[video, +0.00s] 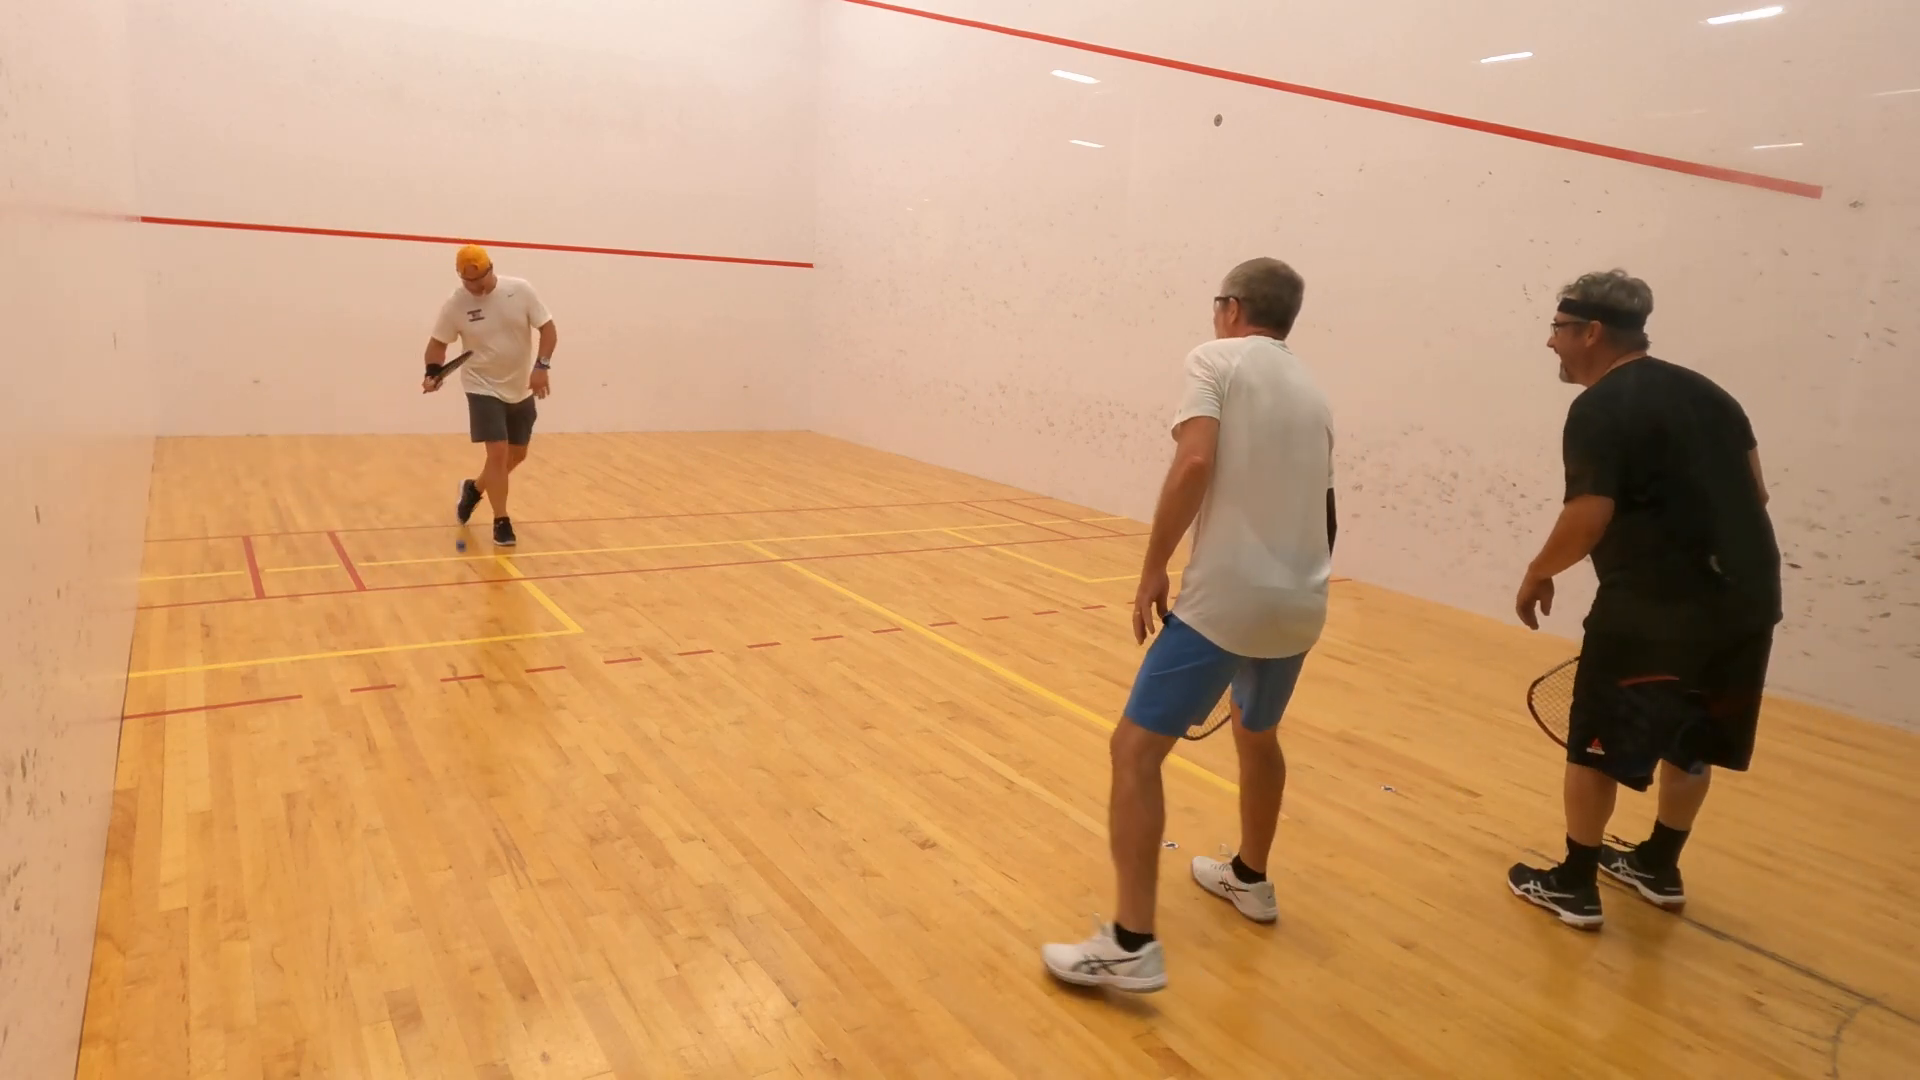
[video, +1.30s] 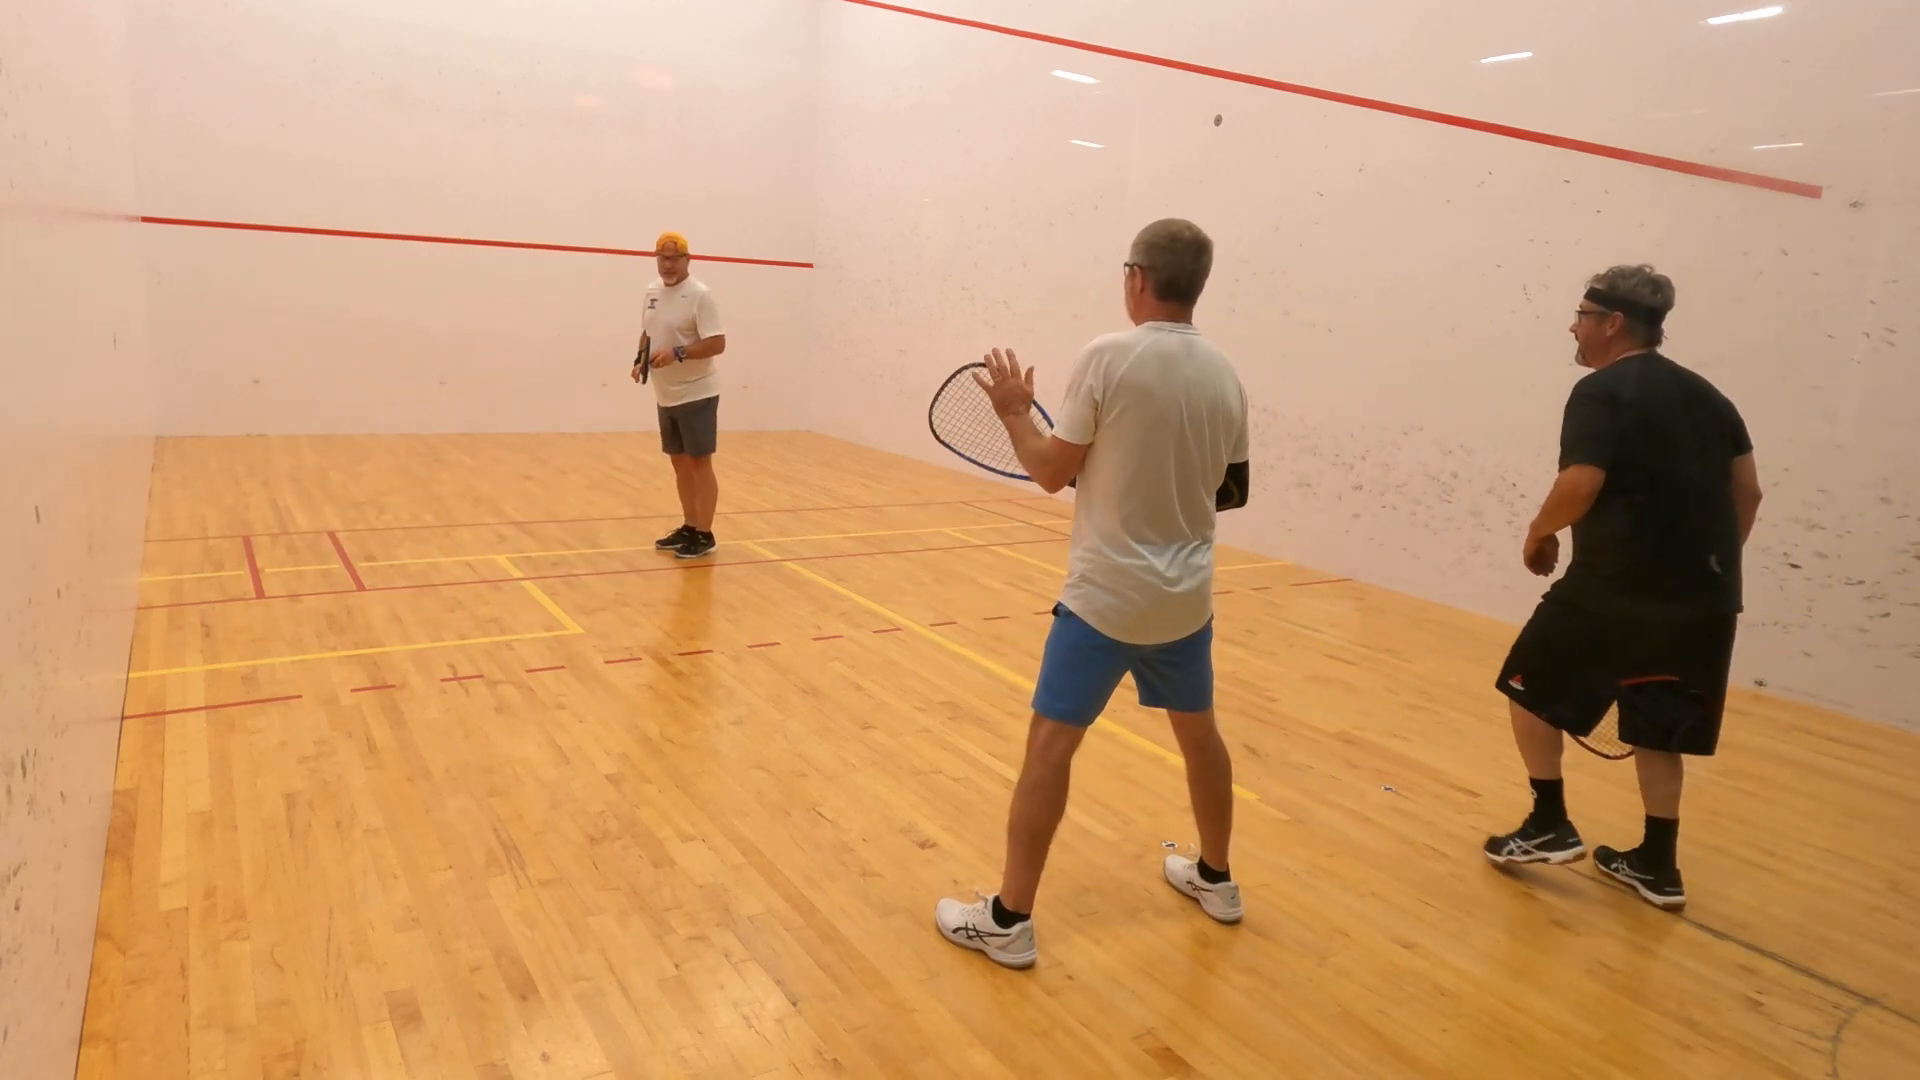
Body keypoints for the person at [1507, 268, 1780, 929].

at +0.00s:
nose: (1552, 342)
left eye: (1561, 328)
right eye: (1553, 328)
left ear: (1597, 333)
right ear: (1622, 334)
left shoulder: (1598, 408)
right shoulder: (1711, 396)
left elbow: (1587, 517)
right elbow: (1753, 495)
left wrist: (1538, 571)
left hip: (1651, 608)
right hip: (1742, 608)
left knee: (1598, 733)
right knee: (1695, 734)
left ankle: (1575, 879)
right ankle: (1659, 863)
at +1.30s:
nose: (1573, 326)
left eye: (1584, 315)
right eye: (1578, 313)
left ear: (1618, 325)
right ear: (1644, 328)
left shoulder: (1600, 391)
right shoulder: (1709, 397)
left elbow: (1581, 481)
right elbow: (1747, 493)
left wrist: (1542, 531)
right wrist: (1712, 566)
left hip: (1610, 594)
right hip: (1698, 602)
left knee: (1531, 687)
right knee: (1657, 718)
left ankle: (1549, 823)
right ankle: (1658, 861)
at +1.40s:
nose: (1561, 327)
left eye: (1570, 316)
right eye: (1565, 315)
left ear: (1600, 325)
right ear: (1623, 329)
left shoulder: (1585, 393)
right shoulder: (1693, 399)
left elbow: (1570, 483)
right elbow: (1724, 495)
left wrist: (1524, 530)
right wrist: (1691, 560)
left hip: (1594, 592)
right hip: (1679, 602)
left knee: (1506, 674)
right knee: (1647, 722)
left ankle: (1488, 803)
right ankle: (1657, 861)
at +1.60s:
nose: (1509, 328)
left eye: (1518, 319)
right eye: (1514, 316)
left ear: (1546, 331)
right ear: (1570, 336)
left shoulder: (1534, 399)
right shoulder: (1630, 402)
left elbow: (1523, 489)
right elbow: (1654, 495)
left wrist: (1475, 530)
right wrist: (1610, 546)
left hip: (1539, 588)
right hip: (1618, 595)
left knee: (1459, 665)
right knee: (1618, 714)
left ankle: (1419, 773)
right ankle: (1653, 857)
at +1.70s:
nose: (1474, 323)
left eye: (1484, 315)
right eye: (1480, 312)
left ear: (1510, 328)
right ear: (1536, 331)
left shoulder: (1498, 398)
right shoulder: (1587, 397)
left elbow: (1488, 488)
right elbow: (1613, 486)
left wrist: (1440, 529)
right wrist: (1574, 543)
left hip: (1502, 576)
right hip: (1576, 584)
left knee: (1429, 656)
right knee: (1588, 701)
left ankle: (1410, 771)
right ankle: (1645, 838)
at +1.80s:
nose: (1441, 315)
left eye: (1450, 307)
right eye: (1446, 305)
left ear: (1475, 321)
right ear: (1499, 324)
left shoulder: (1464, 390)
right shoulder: (1551, 388)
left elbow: (1452, 478)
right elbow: (1573, 474)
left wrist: (1405, 515)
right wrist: (1547, 534)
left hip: (1462, 566)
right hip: (1534, 570)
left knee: (1410, 661)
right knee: (1523, 676)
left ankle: (1407, 773)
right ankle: (1604, 792)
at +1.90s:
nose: (1414, 311)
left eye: (1423, 303)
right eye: (1418, 300)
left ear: (1448, 314)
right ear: (1473, 317)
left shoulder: (1436, 382)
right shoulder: (1521, 383)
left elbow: (1417, 468)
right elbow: (1539, 470)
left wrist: (1370, 499)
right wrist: (1506, 523)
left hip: (1433, 556)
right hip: (1498, 559)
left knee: (1393, 657)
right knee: (1460, 652)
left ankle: (1406, 772)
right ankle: (1530, 753)